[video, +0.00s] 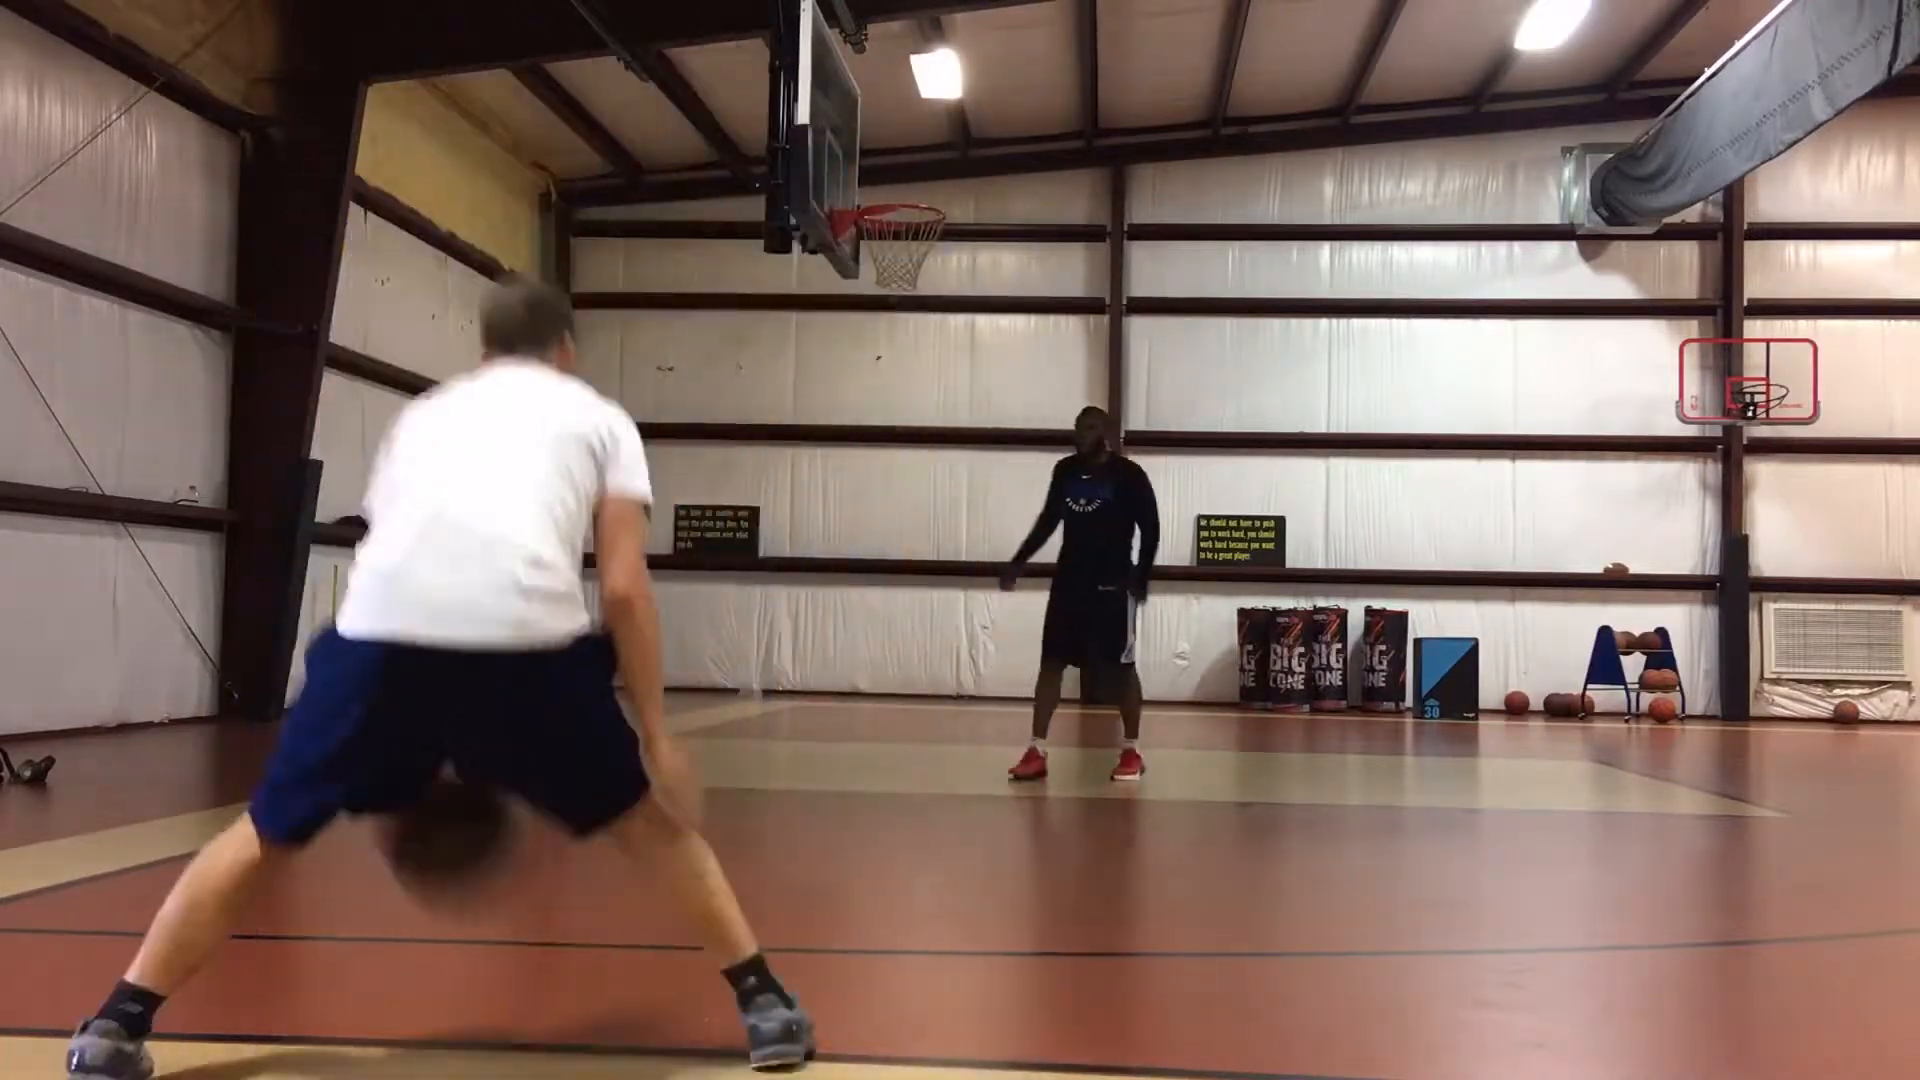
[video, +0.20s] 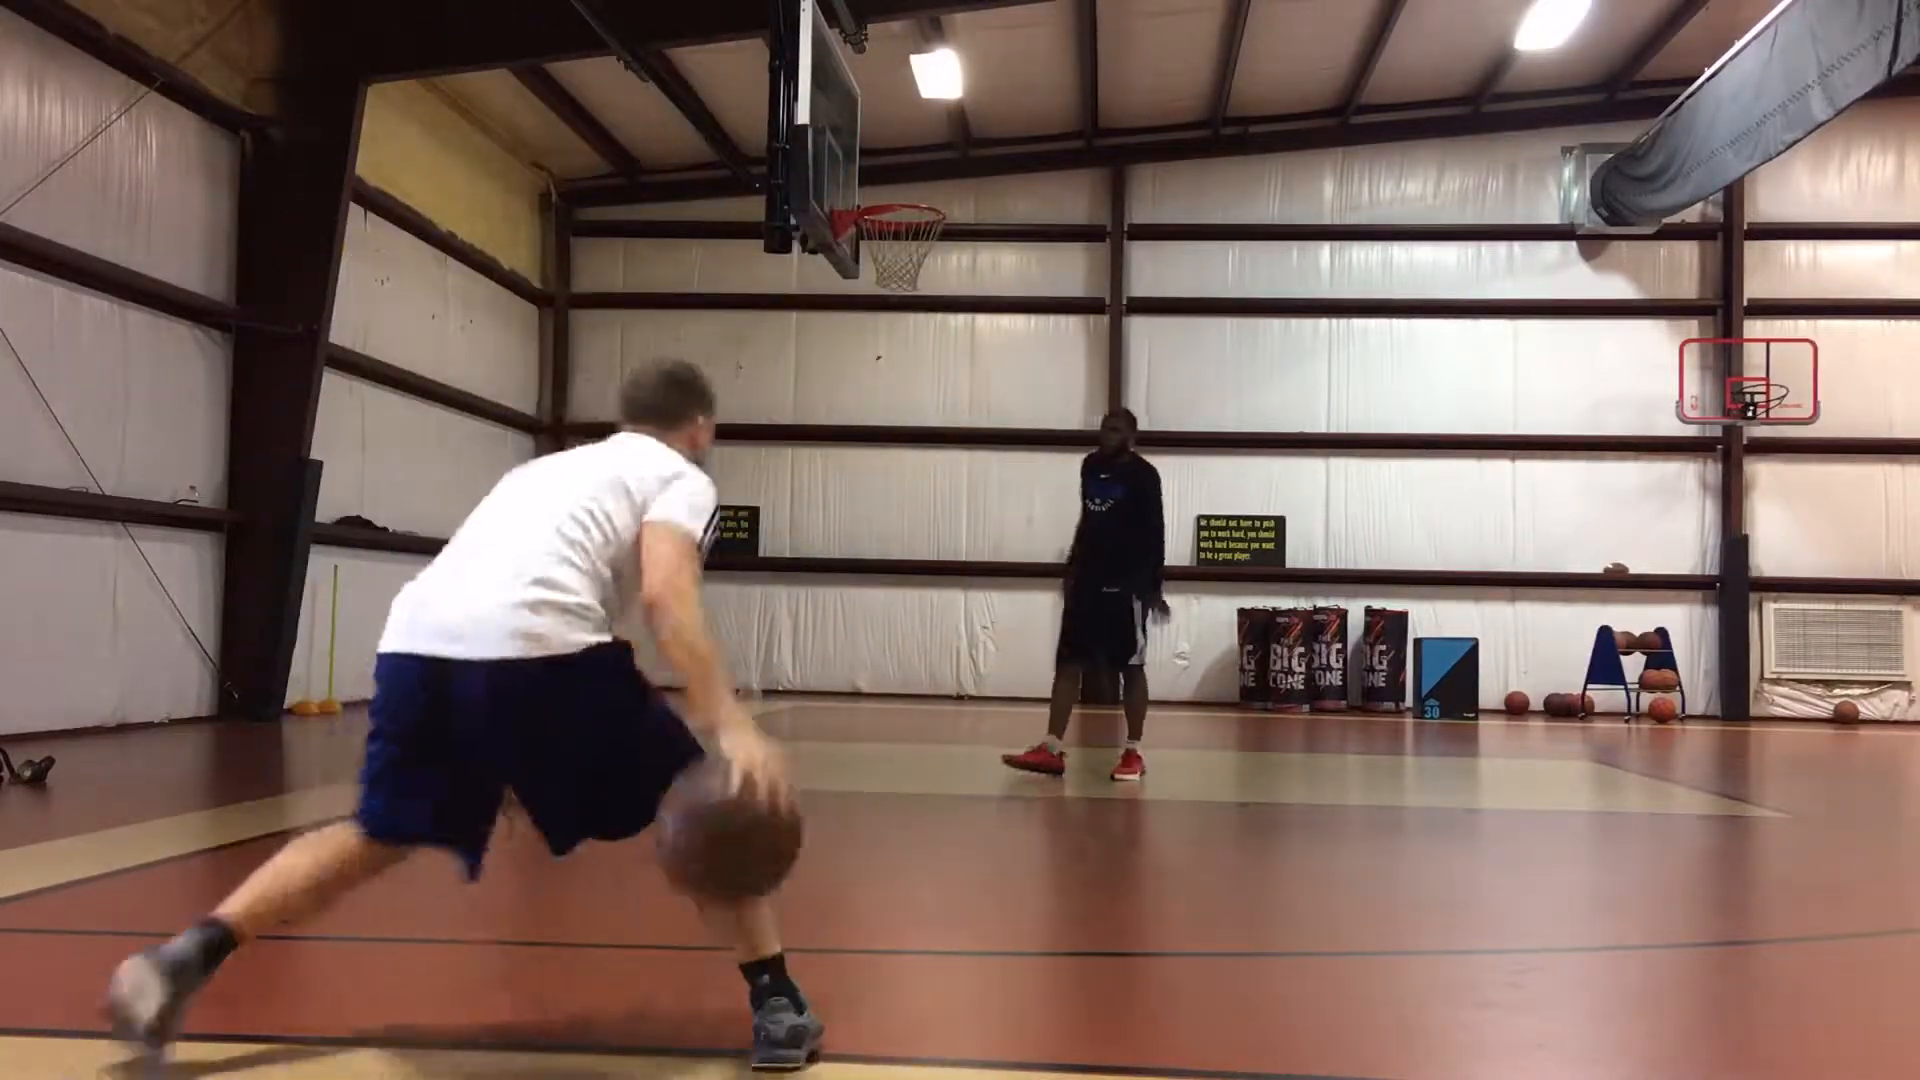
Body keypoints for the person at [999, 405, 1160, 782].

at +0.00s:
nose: (1083, 435)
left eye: (1090, 428)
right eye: (1080, 428)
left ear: (1106, 433)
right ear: (1075, 433)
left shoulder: (1129, 474)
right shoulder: (1065, 471)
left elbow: (1150, 529)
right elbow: (1048, 520)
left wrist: (1141, 576)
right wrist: (1017, 561)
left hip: (1113, 581)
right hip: (1070, 580)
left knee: (1122, 668)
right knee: (1051, 663)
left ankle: (1131, 751)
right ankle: (1036, 751)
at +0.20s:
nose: (1110, 435)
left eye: (1117, 429)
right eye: (1107, 428)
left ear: (1132, 435)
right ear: (1100, 431)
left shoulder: (1145, 474)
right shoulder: (1091, 466)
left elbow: (1154, 533)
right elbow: (1087, 522)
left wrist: (1154, 588)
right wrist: (1072, 568)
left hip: (1128, 583)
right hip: (1087, 581)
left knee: (1133, 667)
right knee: (1069, 663)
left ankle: (1132, 751)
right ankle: (1051, 748)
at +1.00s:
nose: (1113, 450)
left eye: (1118, 443)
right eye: (1114, 443)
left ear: (1135, 445)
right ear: (1141, 446)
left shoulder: (1141, 480)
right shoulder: (1147, 479)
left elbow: (1135, 539)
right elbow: (1140, 538)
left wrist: (1118, 588)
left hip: (1132, 588)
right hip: (1144, 587)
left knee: (1112, 662)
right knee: (1148, 662)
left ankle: (1119, 744)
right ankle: (1175, 743)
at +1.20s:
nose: (1098, 453)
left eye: (1102, 447)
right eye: (1099, 447)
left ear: (1116, 449)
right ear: (1130, 449)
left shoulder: (1119, 483)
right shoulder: (1144, 483)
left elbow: (1119, 543)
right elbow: (1148, 543)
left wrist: (1110, 589)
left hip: (1121, 589)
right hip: (1146, 586)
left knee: (1093, 658)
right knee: (1149, 660)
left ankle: (1095, 740)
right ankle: (1174, 742)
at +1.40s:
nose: (1076, 462)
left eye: (1079, 454)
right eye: (1076, 454)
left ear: (1093, 453)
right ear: (1105, 453)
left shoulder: (1093, 485)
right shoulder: (1130, 488)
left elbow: (1097, 543)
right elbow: (1133, 548)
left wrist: (1094, 594)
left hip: (1103, 591)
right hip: (1136, 589)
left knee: (1092, 666)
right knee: (1142, 664)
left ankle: (1080, 740)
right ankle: (1171, 739)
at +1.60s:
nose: (1055, 458)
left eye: (1059, 452)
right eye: (1056, 452)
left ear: (1071, 453)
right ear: (1087, 453)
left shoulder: (1067, 487)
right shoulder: (1113, 484)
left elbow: (1062, 549)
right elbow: (1123, 539)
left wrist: (1057, 600)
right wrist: (1108, 576)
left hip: (1075, 590)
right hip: (1108, 588)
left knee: (1072, 663)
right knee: (1104, 662)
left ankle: (1076, 740)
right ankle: (1143, 715)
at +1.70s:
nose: (1049, 457)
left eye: (1053, 452)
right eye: (1050, 451)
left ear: (1067, 454)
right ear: (1081, 453)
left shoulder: (1059, 489)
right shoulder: (1105, 485)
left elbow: (1045, 547)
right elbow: (1113, 543)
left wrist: (1032, 595)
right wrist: (1106, 584)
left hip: (1068, 590)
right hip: (1101, 589)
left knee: (1068, 662)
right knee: (1084, 661)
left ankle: (1075, 740)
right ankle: (1120, 713)